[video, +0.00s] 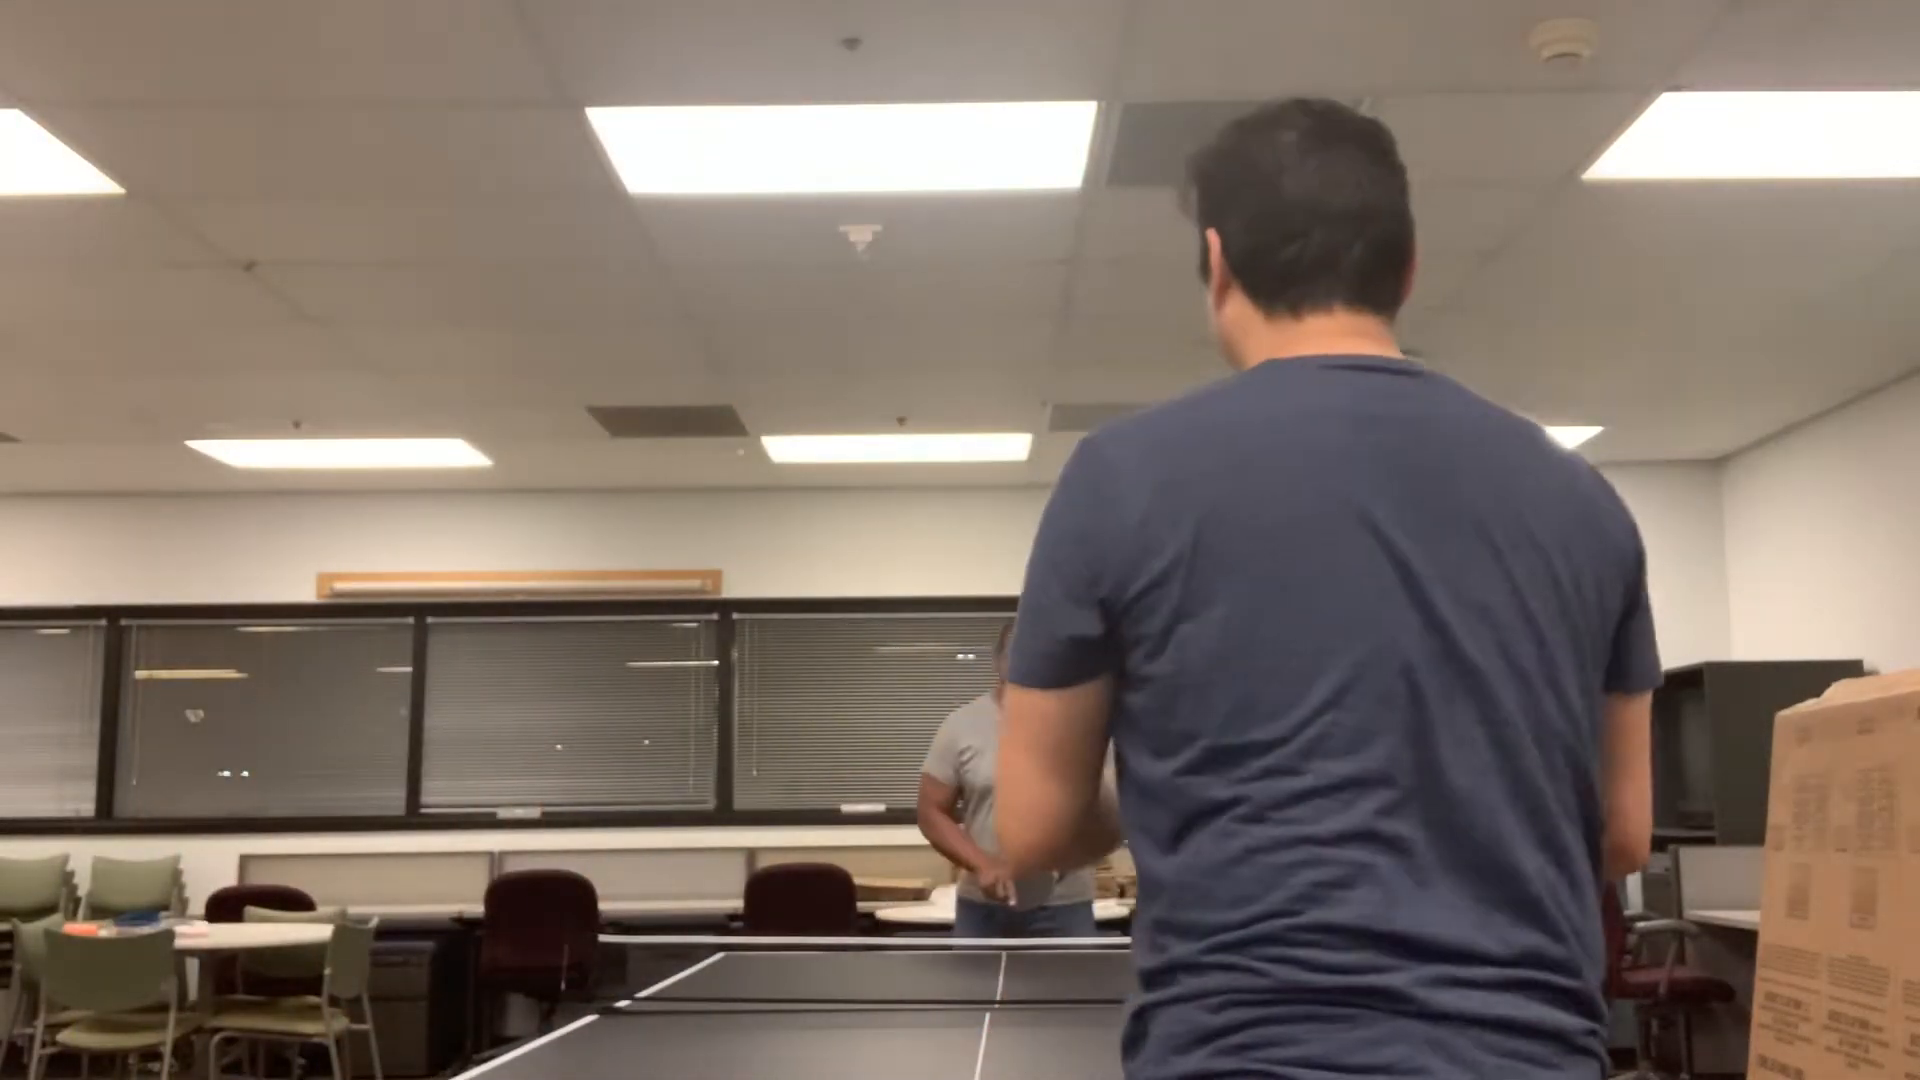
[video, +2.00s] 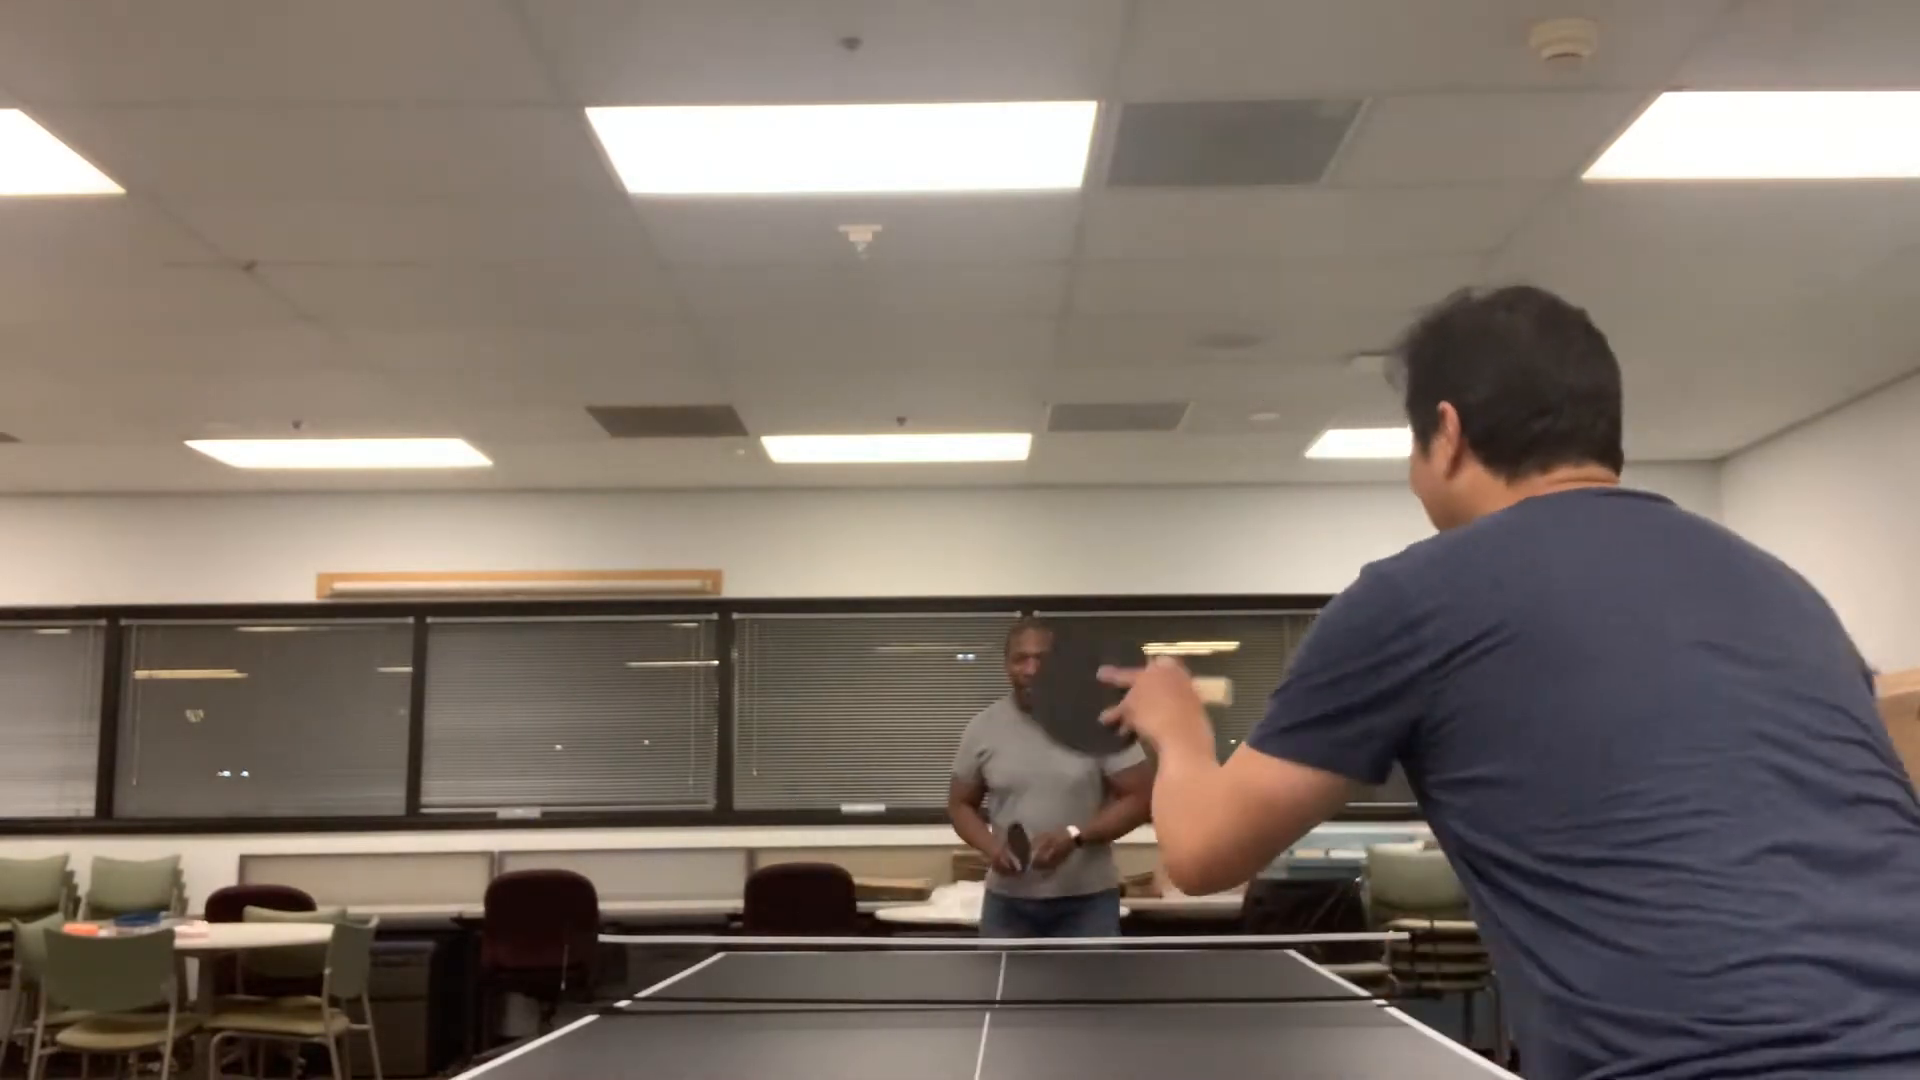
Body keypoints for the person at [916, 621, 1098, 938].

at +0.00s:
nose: (1024, 667)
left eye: (1035, 657)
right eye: (1016, 655)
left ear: (1054, 662)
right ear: (998, 661)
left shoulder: (1078, 726)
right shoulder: (964, 725)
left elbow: (1111, 816)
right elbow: (931, 813)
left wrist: (1060, 854)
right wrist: (983, 864)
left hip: (1064, 909)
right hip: (983, 911)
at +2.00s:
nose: (1031, 669)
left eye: (1042, 658)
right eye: (1020, 659)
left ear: (1062, 663)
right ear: (1007, 665)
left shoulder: (1094, 719)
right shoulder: (985, 726)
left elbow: (1140, 797)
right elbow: (960, 805)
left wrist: (1075, 835)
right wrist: (992, 848)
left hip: (1088, 903)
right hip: (1009, 902)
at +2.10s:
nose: (1030, 670)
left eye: (1041, 658)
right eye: (1019, 659)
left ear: (1061, 663)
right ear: (1007, 665)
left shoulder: (1094, 715)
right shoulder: (985, 726)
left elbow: (1142, 792)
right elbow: (963, 801)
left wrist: (1080, 826)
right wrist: (987, 835)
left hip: (1087, 899)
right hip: (1009, 899)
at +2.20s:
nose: (1027, 677)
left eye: (1037, 665)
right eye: (1017, 666)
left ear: (1053, 667)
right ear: (1004, 669)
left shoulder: (1091, 724)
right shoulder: (981, 731)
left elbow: (1131, 804)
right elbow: (963, 806)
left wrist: (1084, 836)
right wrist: (981, 839)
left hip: (1084, 906)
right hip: (1007, 907)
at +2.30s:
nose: (1026, 685)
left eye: (1037, 674)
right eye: (1016, 674)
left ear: (1054, 674)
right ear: (1004, 676)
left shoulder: (1098, 730)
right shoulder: (981, 737)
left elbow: (1142, 814)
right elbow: (965, 809)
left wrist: (1097, 859)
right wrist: (982, 849)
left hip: (1091, 913)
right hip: (1012, 914)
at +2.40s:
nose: (1036, 692)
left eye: (1048, 679)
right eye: (1025, 680)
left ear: (1067, 679)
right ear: (1012, 682)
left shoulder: (1109, 732)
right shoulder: (993, 736)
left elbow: (1159, 811)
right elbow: (974, 805)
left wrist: (1123, 876)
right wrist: (990, 852)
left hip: (1093, 918)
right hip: (1020, 917)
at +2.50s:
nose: (1052, 694)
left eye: (1064, 682)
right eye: (1043, 683)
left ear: (1087, 681)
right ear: (1033, 682)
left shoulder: (1132, 730)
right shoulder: (1013, 728)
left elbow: (1173, 796)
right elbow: (993, 795)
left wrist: (1151, 871)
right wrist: (1003, 853)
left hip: (1107, 916)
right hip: (1035, 914)